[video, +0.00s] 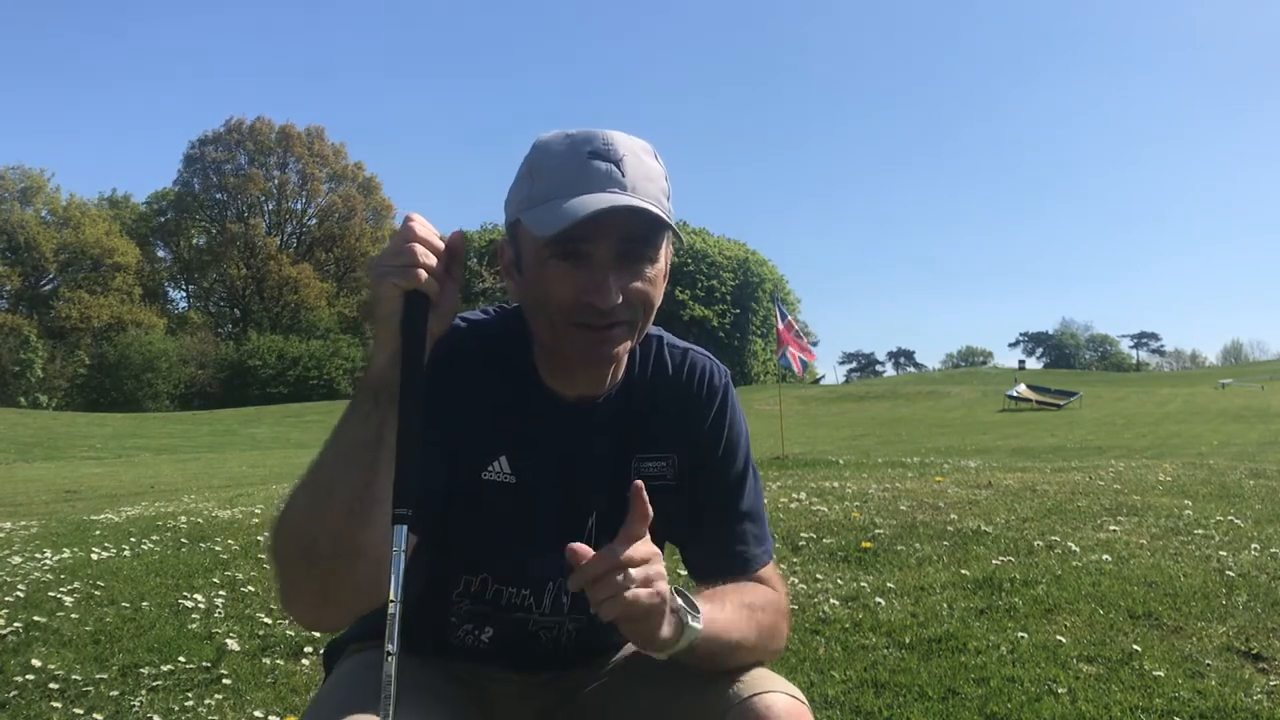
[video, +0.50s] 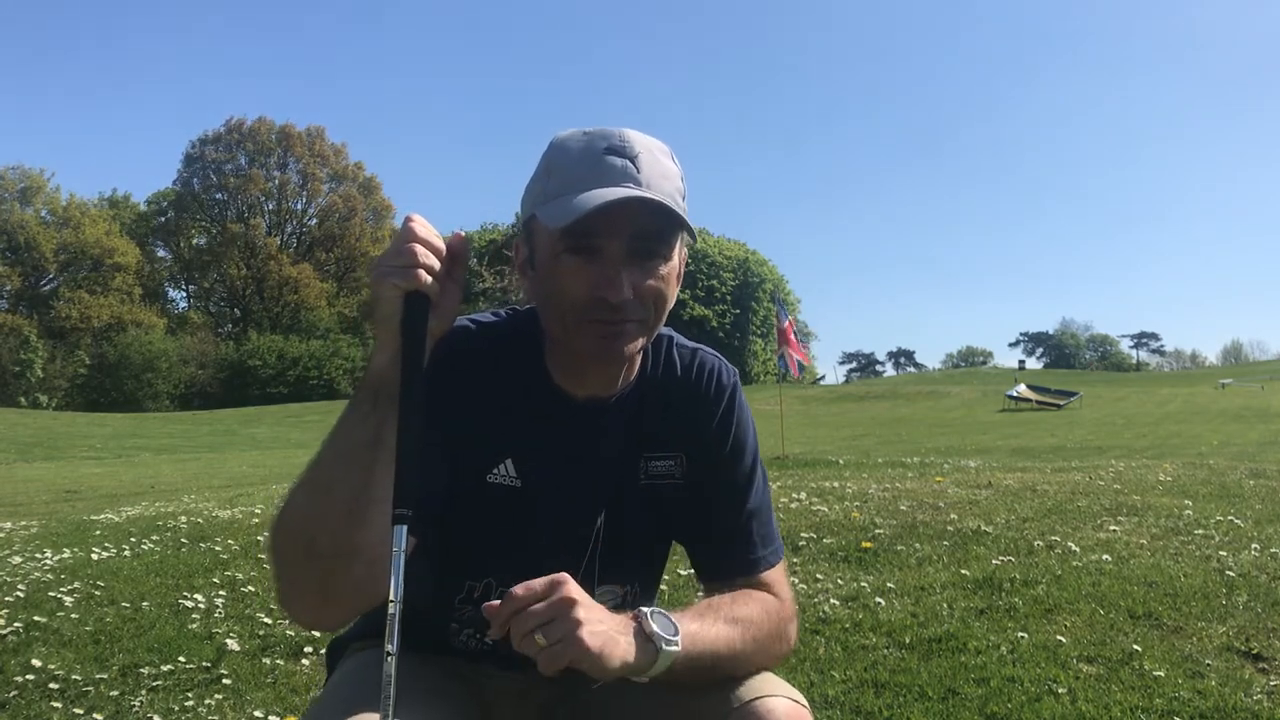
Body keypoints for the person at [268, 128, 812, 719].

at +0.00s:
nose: (607, 292)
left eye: (636, 254)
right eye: (570, 253)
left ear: (666, 268)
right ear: (509, 263)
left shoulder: (693, 388)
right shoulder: (441, 367)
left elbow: (763, 613)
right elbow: (316, 602)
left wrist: (676, 618)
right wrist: (388, 365)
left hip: (609, 668)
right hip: (435, 668)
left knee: (776, 709)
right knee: (351, 710)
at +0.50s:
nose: (617, 289)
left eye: (647, 251)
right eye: (584, 248)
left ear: (679, 268)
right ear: (525, 259)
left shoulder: (701, 390)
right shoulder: (451, 364)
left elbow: (769, 615)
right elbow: (314, 600)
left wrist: (636, 637)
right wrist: (388, 364)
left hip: (608, 672)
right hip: (436, 665)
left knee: (777, 708)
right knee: (357, 707)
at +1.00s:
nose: (605, 282)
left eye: (638, 249)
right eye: (576, 243)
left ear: (675, 277)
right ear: (521, 260)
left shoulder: (700, 395)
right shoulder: (449, 366)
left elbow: (774, 626)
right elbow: (320, 603)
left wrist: (688, 610)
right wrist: (393, 363)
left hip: (615, 667)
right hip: (440, 665)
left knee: (773, 708)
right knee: (355, 709)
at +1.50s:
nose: (606, 289)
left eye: (637, 254)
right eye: (574, 249)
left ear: (673, 275)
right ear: (520, 259)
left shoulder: (696, 391)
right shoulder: (443, 367)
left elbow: (769, 610)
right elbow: (310, 603)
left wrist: (655, 653)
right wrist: (388, 364)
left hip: (611, 672)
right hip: (434, 667)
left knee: (778, 711)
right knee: (354, 715)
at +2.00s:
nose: (596, 289)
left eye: (626, 254)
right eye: (564, 253)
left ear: (663, 275)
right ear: (510, 263)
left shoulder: (689, 390)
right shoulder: (437, 369)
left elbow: (765, 607)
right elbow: (303, 606)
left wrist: (668, 647)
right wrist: (377, 367)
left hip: (612, 670)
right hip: (432, 669)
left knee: (778, 711)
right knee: (346, 715)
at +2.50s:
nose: (600, 302)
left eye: (630, 270)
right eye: (568, 266)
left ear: (665, 280)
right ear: (511, 267)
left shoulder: (689, 391)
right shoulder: (437, 371)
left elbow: (764, 604)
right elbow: (310, 608)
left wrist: (676, 645)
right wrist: (382, 370)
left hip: (612, 670)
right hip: (432, 668)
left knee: (778, 709)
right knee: (344, 711)